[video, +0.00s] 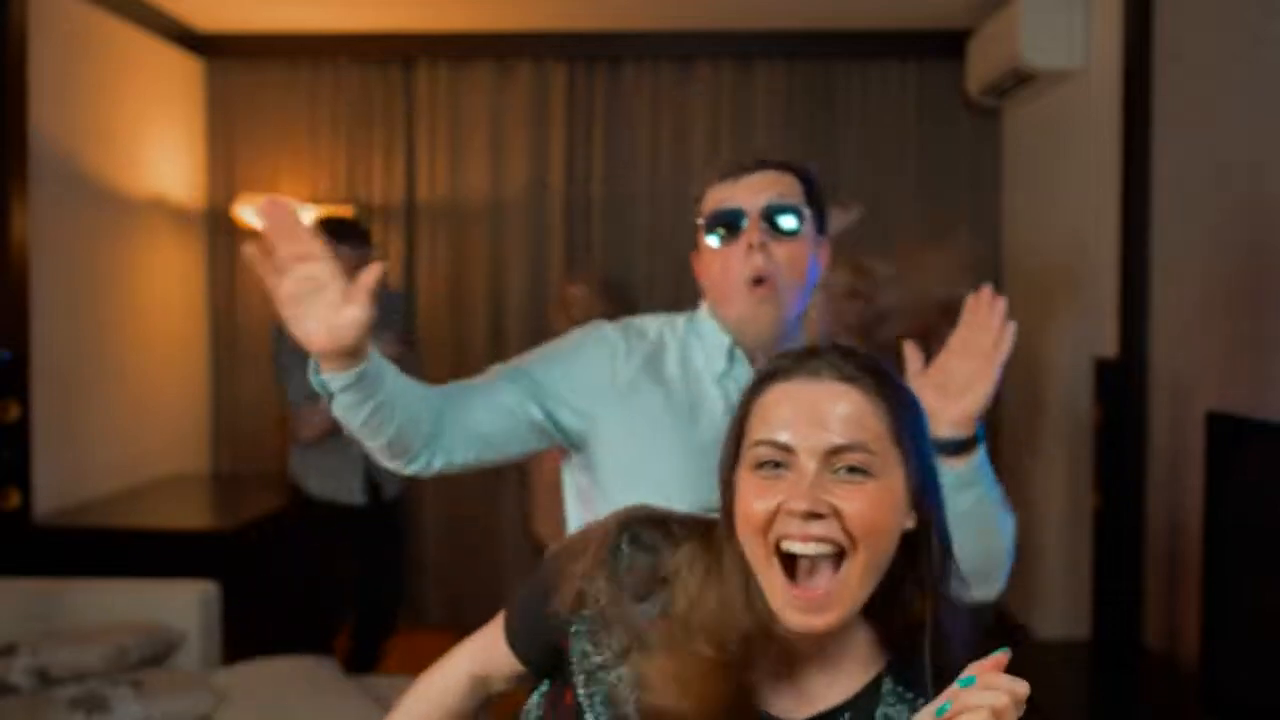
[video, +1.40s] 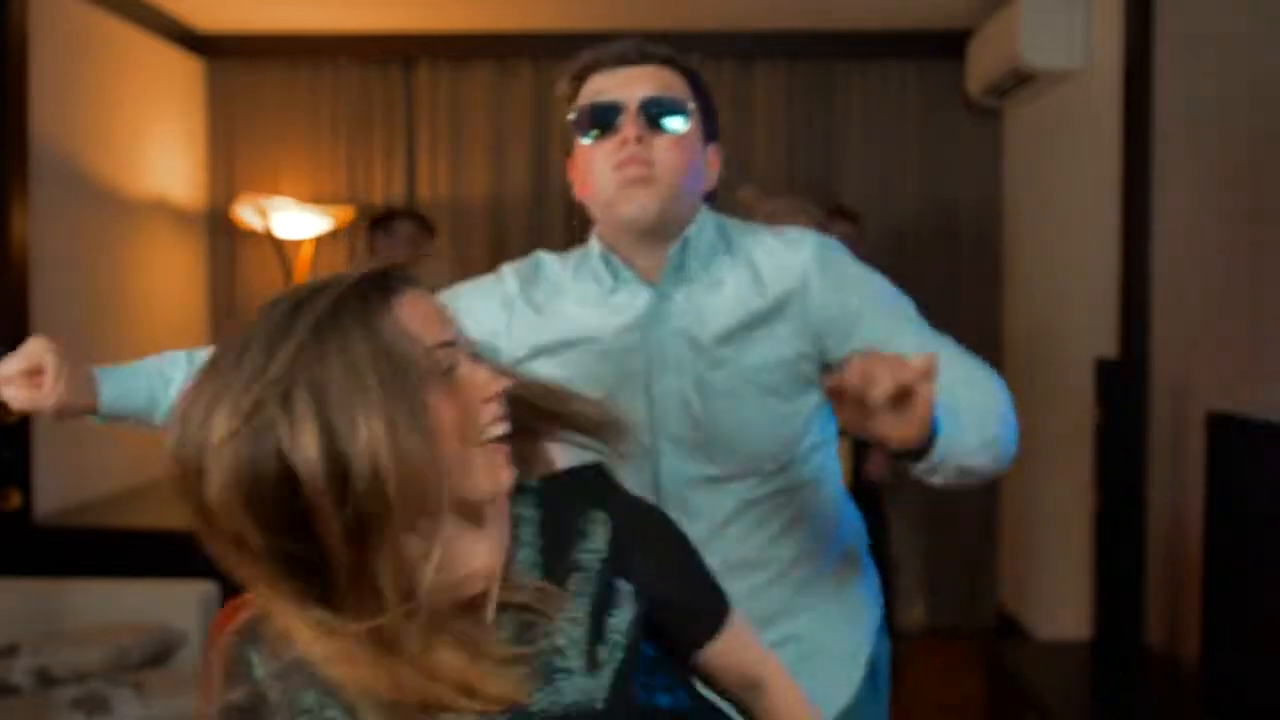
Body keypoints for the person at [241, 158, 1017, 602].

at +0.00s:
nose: (755, 247)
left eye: (784, 224)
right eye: (726, 228)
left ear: (824, 260)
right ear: (696, 266)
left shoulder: (851, 397)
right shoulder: (608, 362)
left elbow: (979, 583)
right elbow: (430, 433)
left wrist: (953, 445)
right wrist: (346, 359)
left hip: (794, 701)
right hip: (610, 693)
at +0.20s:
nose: (676, 177)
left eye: (706, 157)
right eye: (647, 160)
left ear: (748, 204)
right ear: (615, 204)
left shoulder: (835, 326)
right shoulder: (563, 329)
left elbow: (1008, 447)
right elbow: (354, 419)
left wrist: (1032, 385)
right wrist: (414, 332)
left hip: (812, 676)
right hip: (622, 681)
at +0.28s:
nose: (638, 157)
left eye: (669, 139)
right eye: (611, 141)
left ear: (713, 184)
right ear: (583, 186)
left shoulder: (812, 287)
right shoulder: (555, 319)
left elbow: (982, 360)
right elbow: (336, 412)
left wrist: (1069, 358)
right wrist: (444, 331)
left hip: (826, 642)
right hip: (636, 653)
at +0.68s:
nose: (547, 251)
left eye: (576, 230)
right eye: (519, 234)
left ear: (619, 258)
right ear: (490, 272)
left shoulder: (690, 339)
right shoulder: (502, 417)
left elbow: (942, 349)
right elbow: (365, 565)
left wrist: (1193, 382)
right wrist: (475, 462)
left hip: (794, 659)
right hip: (629, 684)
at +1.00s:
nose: (517, 282)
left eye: (549, 260)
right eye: (493, 266)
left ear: (606, 293)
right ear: (471, 308)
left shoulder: (701, 364)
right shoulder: (491, 445)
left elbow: (953, 376)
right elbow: (327, 555)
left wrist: (1136, 513)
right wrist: (362, 475)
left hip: (794, 670)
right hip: (610, 704)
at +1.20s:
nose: (556, 196)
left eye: (588, 177)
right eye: (530, 180)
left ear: (641, 211)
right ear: (500, 215)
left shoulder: (717, 291)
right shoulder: (486, 340)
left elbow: (955, 321)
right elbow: (359, 422)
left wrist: (991, 465)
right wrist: (234, 413)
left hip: (806, 661)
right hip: (599, 668)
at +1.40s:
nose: (632, 136)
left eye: (662, 116)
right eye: (602, 121)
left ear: (712, 156)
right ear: (573, 170)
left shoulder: (805, 276)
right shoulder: (513, 304)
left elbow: (990, 422)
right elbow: (308, 377)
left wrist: (928, 414)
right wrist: (91, 385)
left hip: (816, 669)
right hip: (600, 676)